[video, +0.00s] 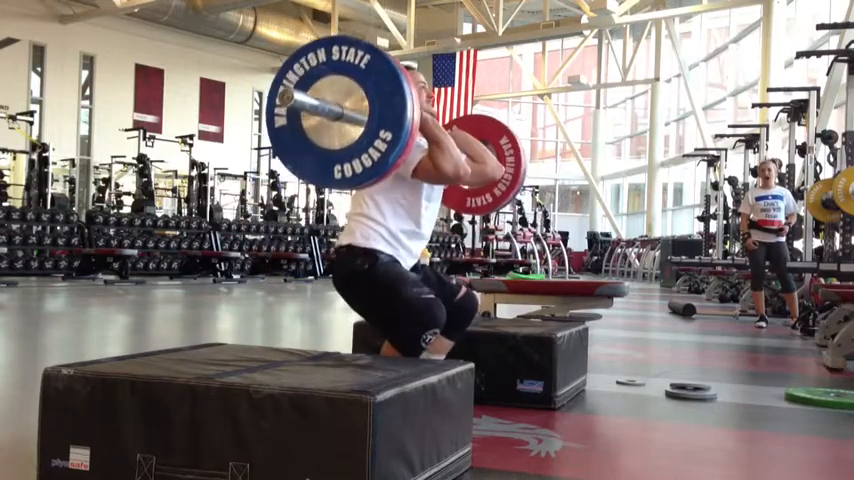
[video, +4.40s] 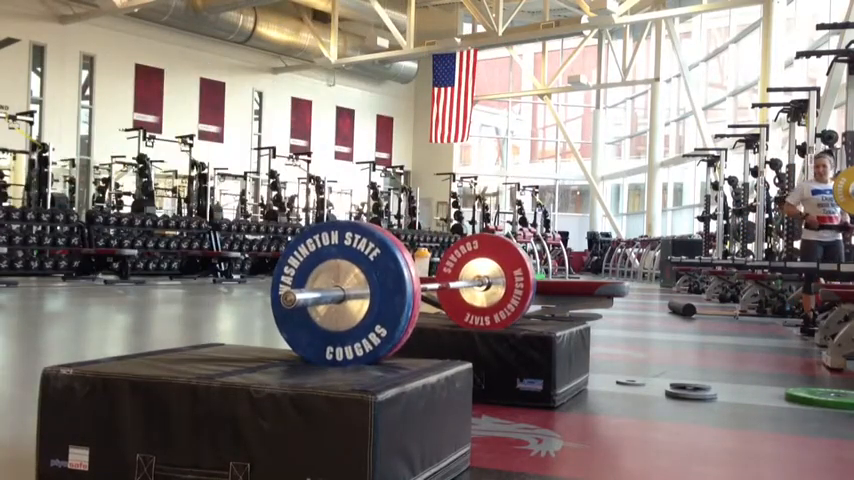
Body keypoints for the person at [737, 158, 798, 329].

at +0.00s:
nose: (766, 173)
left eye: (769, 170)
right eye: (763, 170)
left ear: (775, 173)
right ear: (759, 173)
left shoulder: (784, 193)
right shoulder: (751, 193)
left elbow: (792, 214)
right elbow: (744, 216)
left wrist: (788, 224)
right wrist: (746, 236)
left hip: (777, 239)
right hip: (757, 239)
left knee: (784, 275)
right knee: (757, 277)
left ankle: (795, 317)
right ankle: (761, 315)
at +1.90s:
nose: (783, 176)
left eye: (787, 173)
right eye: (780, 172)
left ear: (791, 174)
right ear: (773, 173)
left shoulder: (796, 193)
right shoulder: (764, 192)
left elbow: (801, 216)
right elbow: (755, 218)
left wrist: (800, 224)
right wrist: (769, 229)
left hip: (790, 240)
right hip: (769, 240)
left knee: (796, 275)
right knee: (766, 274)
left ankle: (794, 317)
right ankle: (762, 315)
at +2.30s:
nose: (801, 171)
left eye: (803, 168)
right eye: (797, 168)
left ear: (806, 170)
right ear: (788, 171)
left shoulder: (810, 191)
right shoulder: (782, 191)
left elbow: (816, 214)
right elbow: (774, 217)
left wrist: (817, 225)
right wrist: (793, 225)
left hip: (806, 239)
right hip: (787, 239)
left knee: (802, 279)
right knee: (784, 276)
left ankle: (793, 318)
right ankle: (770, 313)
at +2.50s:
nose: (805, 172)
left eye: (807, 168)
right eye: (801, 169)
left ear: (811, 170)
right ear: (795, 171)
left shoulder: (815, 190)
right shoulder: (787, 190)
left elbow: (820, 213)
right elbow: (779, 216)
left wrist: (822, 224)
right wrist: (800, 223)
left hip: (810, 239)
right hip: (792, 238)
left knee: (805, 278)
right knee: (794, 277)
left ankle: (796, 317)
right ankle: (789, 317)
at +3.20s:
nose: (810, 172)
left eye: (813, 169)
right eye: (807, 169)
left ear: (819, 171)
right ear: (802, 170)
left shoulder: (825, 190)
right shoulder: (795, 190)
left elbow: (829, 213)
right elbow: (790, 214)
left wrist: (831, 224)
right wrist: (813, 224)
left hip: (823, 238)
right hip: (803, 238)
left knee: (830, 274)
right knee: (807, 277)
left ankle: (821, 311)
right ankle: (808, 318)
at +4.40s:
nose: (820, 170)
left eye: (824, 166)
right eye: (817, 166)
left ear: (831, 168)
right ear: (813, 169)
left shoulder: (838, 187)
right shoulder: (805, 186)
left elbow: (845, 207)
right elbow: (787, 206)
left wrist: (845, 220)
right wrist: (805, 216)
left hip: (834, 238)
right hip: (812, 238)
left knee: (834, 278)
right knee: (810, 278)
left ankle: (832, 317)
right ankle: (809, 318)